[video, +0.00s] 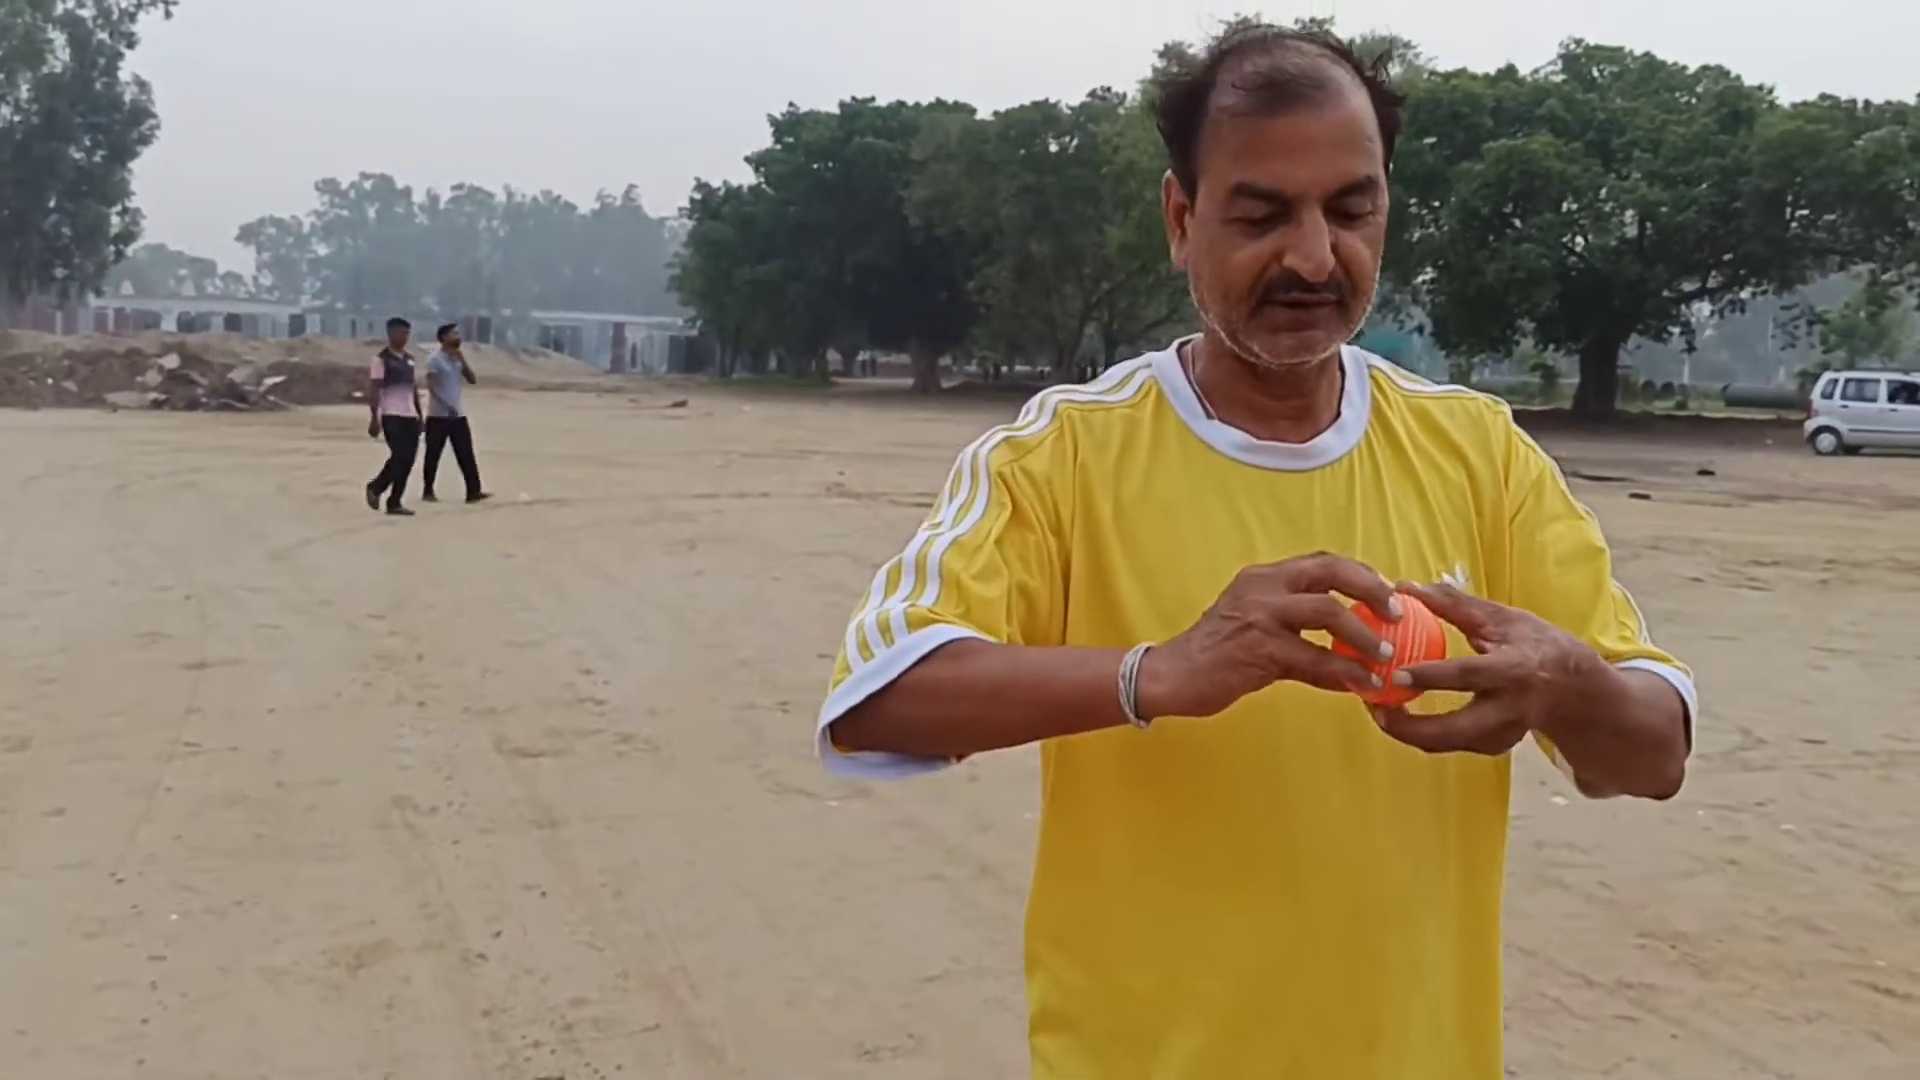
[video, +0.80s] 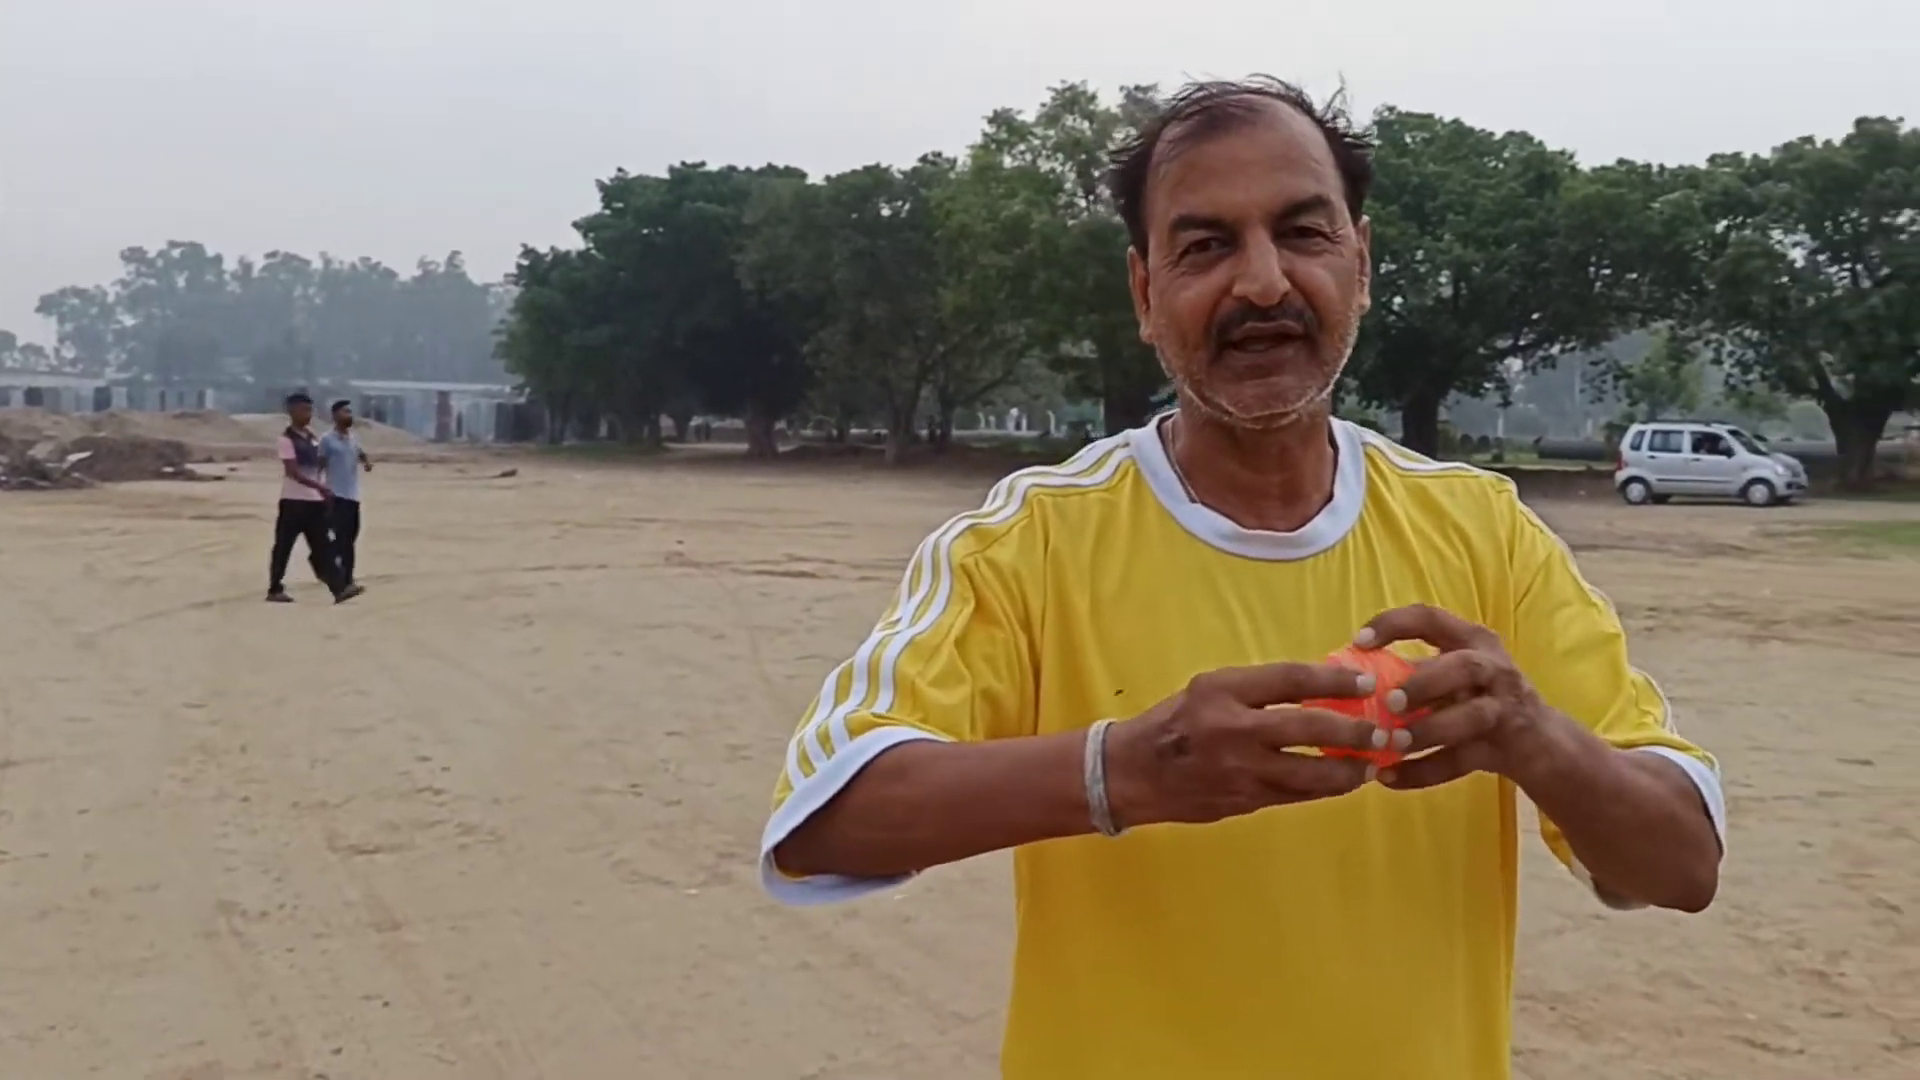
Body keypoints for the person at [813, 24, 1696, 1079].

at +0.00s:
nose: (1313, 255)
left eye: (1348, 207)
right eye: (1262, 210)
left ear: (1386, 211)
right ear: (1180, 219)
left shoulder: (1481, 453)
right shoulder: (1064, 457)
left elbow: (1656, 762)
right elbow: (877, 699)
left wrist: (1566, 686)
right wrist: (1152, 674)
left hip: (1422, 1040)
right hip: (1134, 1040)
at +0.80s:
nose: (1262, 281)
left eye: (1302, 233)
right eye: (1204, 245)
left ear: (1360, 266)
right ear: (1146, 295)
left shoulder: (1485, 533)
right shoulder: (1031, 542)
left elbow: (1685, 870)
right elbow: (822, 819)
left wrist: (1535, 743)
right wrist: (1121, 772)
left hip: (1427, 1050)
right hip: (1110, 1048)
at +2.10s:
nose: (1015, 290)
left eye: (1050, 245)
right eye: (963, 255)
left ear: (1100, 274)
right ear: (902, 300)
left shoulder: (1212, 524)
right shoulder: (798, 535)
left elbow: (1371, 821)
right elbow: (623, 795)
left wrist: (1309, 731)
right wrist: (933, 714)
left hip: (1166, 1051)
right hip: (885, 1052)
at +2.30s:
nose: (990, 309)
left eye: (1025, 260)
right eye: (936, 270)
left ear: (1075, 278)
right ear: (873, 298)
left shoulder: (1180, 524)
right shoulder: (770, 537)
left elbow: (1336, 818)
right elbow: (592, 793)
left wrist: (1273, 746)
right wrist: (903, 708)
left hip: (1135, 1053)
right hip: (857, 1053)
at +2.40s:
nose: (980, 322)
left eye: (1014, 272)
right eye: (928, 280)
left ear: (1061, 284)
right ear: (862, 299)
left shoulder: (1162, 525)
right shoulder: (757, 535)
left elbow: (1320, 817)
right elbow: (568, 791)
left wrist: (1254, 749)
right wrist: (887, 712)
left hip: (1120, 1053)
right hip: (842, 1053)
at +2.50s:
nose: (970, 328)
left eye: (1006, 278)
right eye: (920, 286)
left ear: (1051, 287)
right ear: (853, 304)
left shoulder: (1149, 530)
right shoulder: (747, 537)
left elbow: (1310, 818)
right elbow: (553, 786)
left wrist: (1241, 757)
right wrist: (865, 720)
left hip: (1108, 1054)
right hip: (828, 1053)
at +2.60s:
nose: (955, 325)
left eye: (991, 276)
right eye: (905, 285)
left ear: (1036, 290)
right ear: (838, 306)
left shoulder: (1132, 530)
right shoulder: (730, 538)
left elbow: (1293, 818)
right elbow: (537, 785)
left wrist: (1229, 763)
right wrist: (843, 729)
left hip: (1093, 1056)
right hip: (812, 1057)